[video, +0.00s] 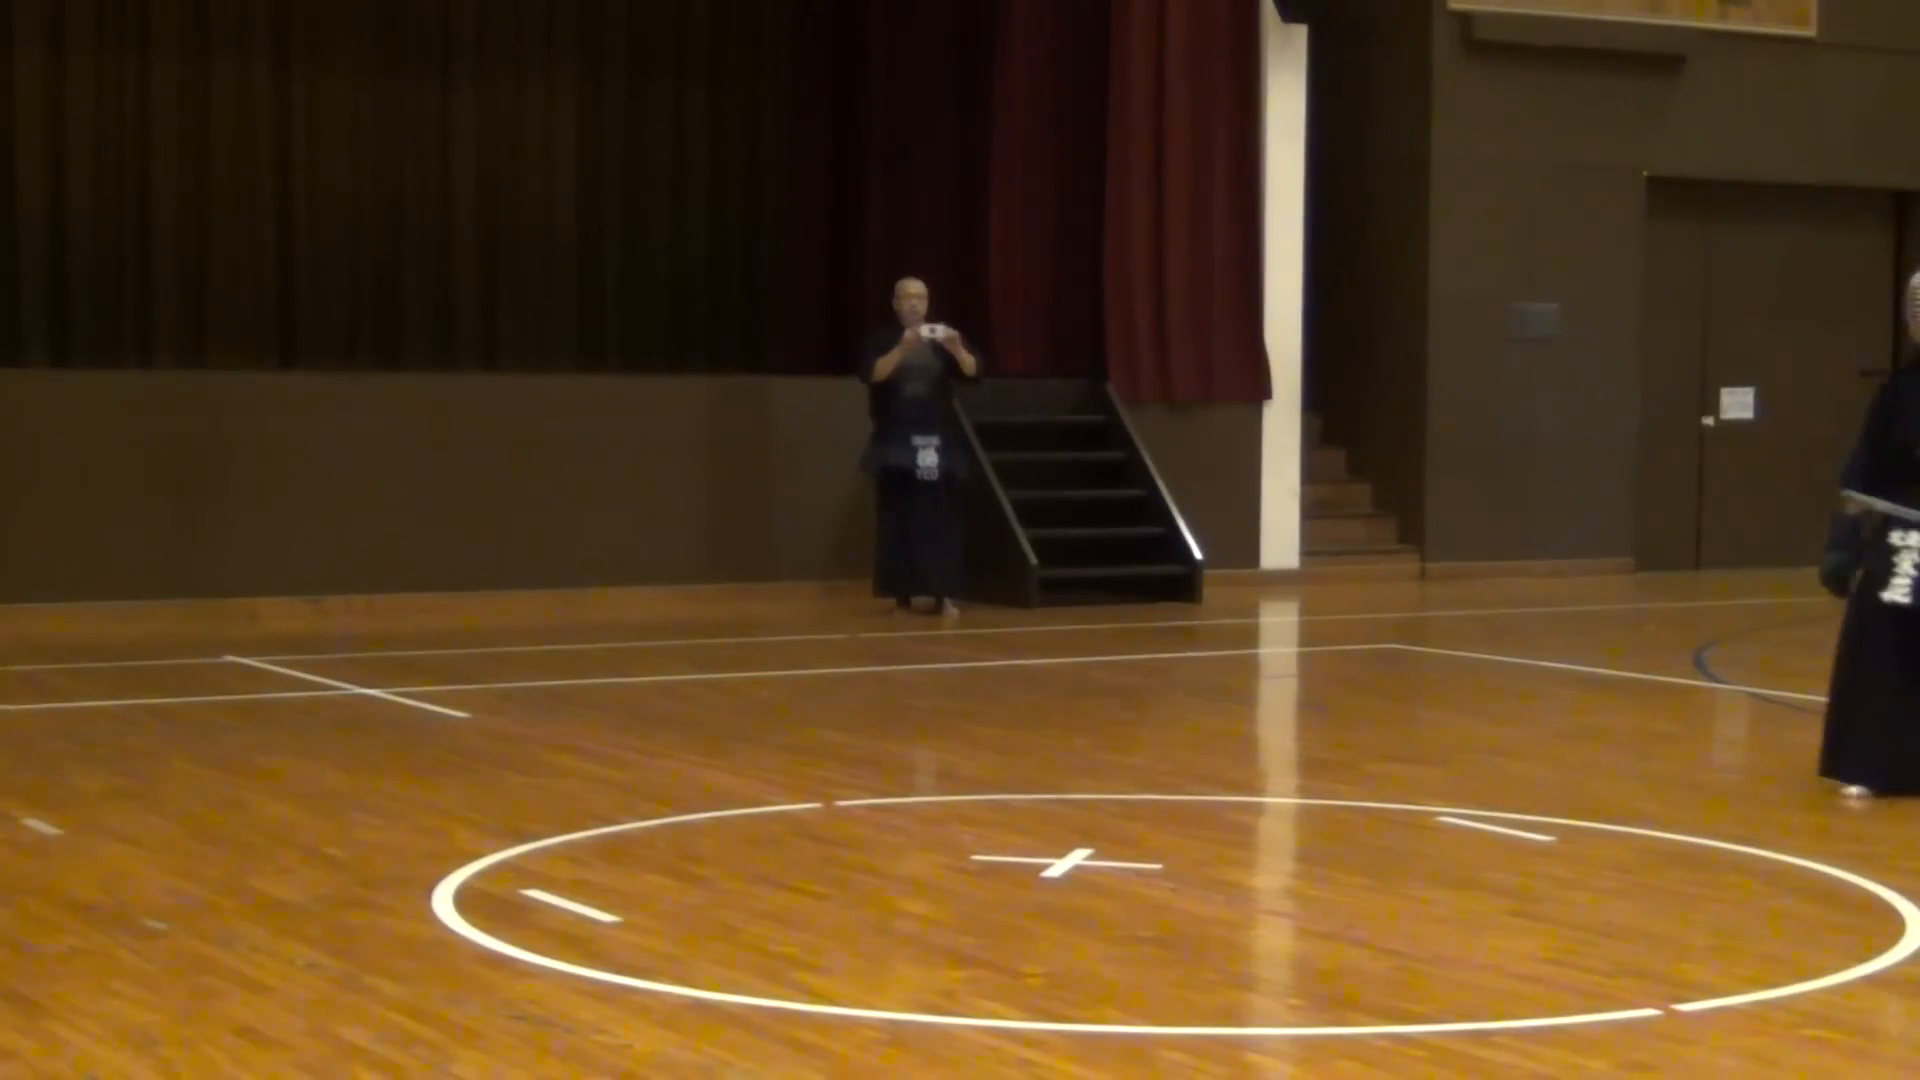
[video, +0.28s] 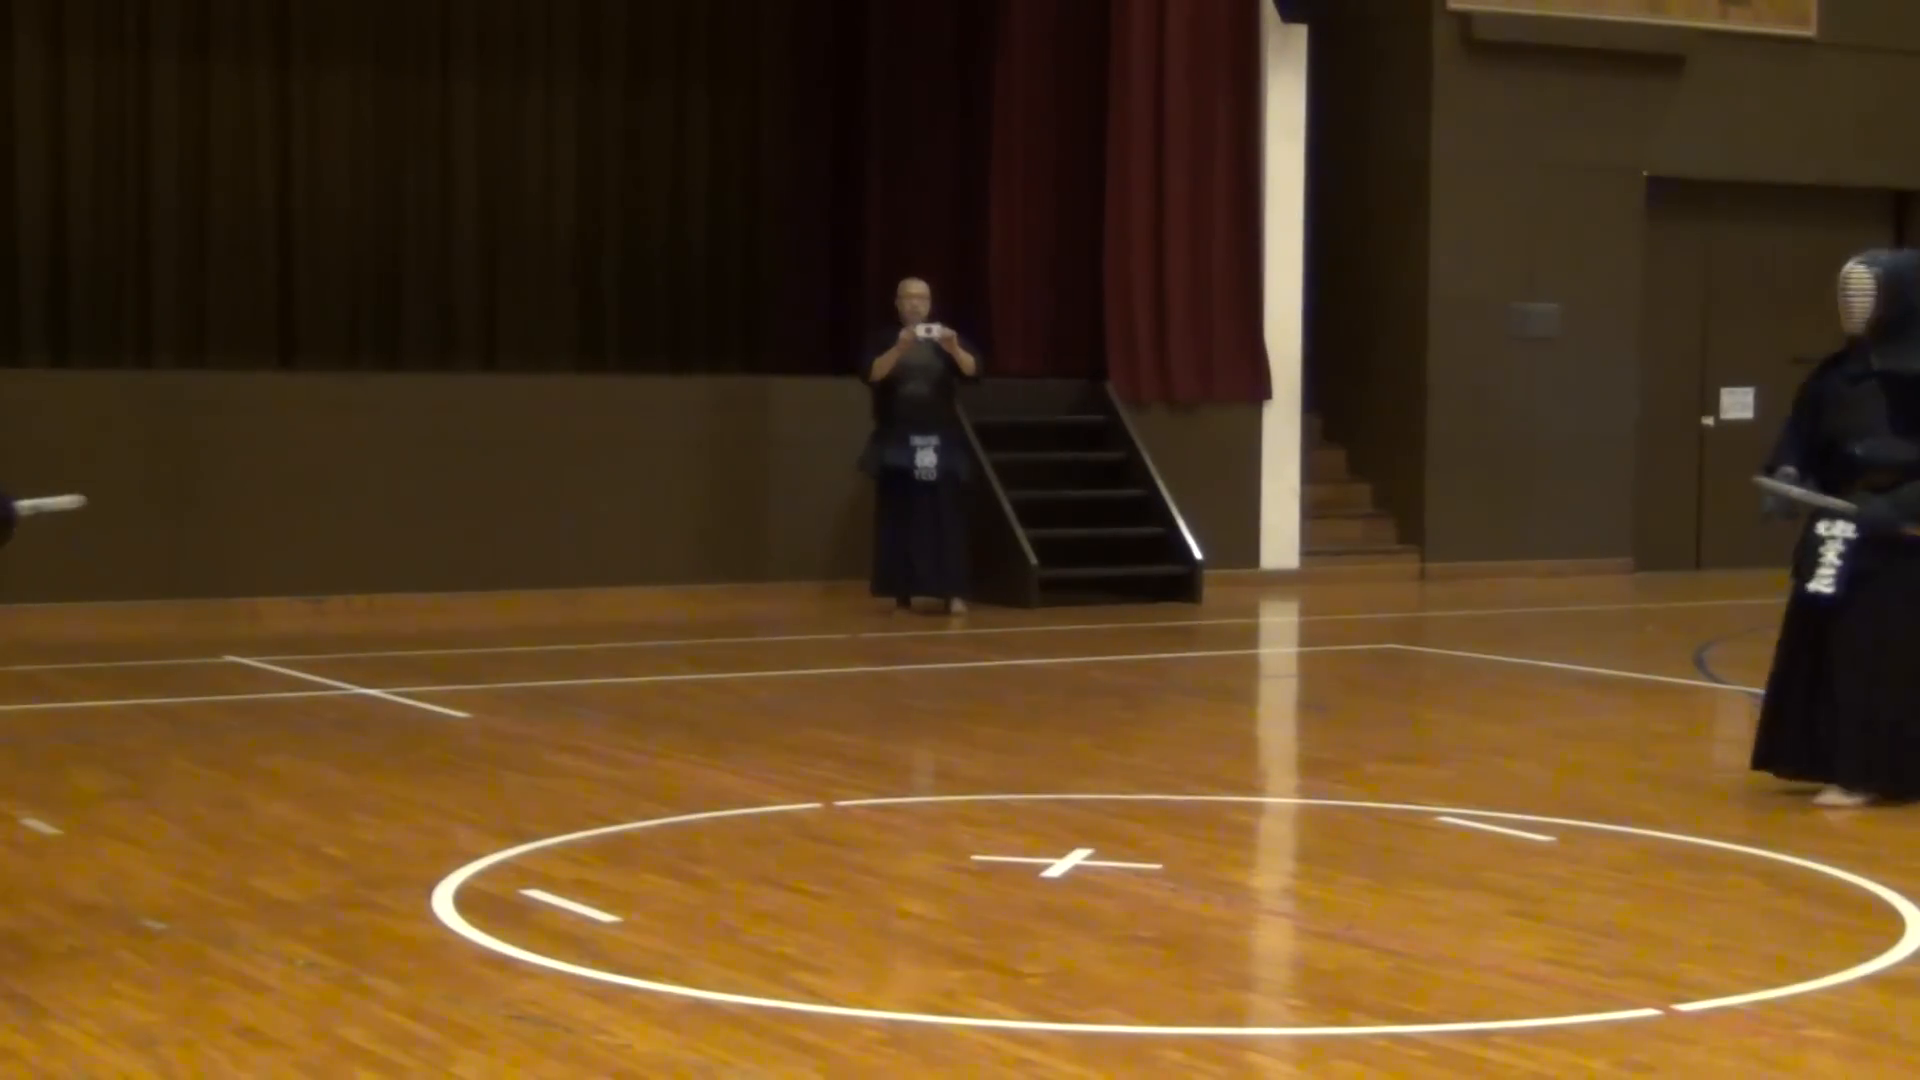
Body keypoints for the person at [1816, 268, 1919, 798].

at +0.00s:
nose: (1915, 317)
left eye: (1917, 305)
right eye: (1913, 305)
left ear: (1914, 317)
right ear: (1906, 316)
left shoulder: (1902, 390)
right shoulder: (1901, 389)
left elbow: (1868, 477)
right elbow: (1867, 476)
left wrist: (1844, 547)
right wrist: (1845, 547)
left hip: (1903, 541)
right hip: (1899, 541)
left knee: (1879, 642)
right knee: (1875, 642)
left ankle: (1867, 766)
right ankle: (1863, 765)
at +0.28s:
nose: (1850, 305)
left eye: (1862, 295)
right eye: (1848, 293)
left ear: (1895, 300)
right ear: (1847, 298)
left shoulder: (1907, 370)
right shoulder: (1840, 368)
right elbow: (1802, 434)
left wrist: (1890, 508)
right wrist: (1785, 482)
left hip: (1900, 528)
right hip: (1843, 521)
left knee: (1875, 648)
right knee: (1826, 639)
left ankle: (1865, 773)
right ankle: (1828, 759)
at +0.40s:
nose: (1821, 314)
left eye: (1833, 303)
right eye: (1818, 302)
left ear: (1866, 305)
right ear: (1816, 306)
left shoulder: (1900, 378)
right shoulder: (1805, 379)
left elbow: (1916, 479)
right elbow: (1761, 448)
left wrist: (1863, 511)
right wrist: (1766, 471)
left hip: (1880, 533)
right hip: (1809, 527)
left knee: (1811, 648)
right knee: (1852, 650)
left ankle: (1785, 778)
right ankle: (1885, 756)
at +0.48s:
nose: (1803, 315)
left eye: (1815, 304)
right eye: (1799, 304)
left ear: (1848, 308)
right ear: (1796, 307)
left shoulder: (1884, 384)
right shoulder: (1785, 381)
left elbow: (1907, 473)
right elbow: (1738, 453)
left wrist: (1839, 511)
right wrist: (1759, 485)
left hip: (1853, 538)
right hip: (1789, 532)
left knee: (1793, 652)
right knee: (1821, 652)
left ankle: (1764, 781)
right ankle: (1878, 752)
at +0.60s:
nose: (1771, 312)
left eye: (1783, 301)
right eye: (1768, 301)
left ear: (1818, 305)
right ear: (1766, 304)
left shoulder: (1853, 386)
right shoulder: (1754, 379)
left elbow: (1873, 473)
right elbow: (1717, 440)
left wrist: (1796, 503)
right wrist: (1713, 472)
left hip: (1818, 539)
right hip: (1755, 532)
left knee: (1792, 656)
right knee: (1750, 651)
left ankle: (1746, 788)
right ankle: (1857, 734)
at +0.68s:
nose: (1752, 306)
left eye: (1764, 295)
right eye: (1749, 295)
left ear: (1797, 298)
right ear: (1745, 298)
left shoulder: (1830, 374)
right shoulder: (1735, 373)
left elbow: (1849, 466)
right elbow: (1691, 440)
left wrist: (1765, 494)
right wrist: (1695, 471)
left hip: (1803, 538)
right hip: (1741, 531)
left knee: (1780, 656)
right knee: (1734, 648)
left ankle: (1764, 787)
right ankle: (1814, 717)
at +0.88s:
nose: (1708, 301)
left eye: (1719, 290)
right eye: (1704, 289)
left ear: (1753, 292)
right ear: (1702, 293)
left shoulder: (1789, 368)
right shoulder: (1692, 367)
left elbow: (1821, 454)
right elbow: (1653, 419)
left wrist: (1754, 483)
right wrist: (1627, 449)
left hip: (1766, 536)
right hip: (1695, 527)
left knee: (1753, 654)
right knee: (1674, 647)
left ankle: (1759, 785)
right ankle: (1674, 779)